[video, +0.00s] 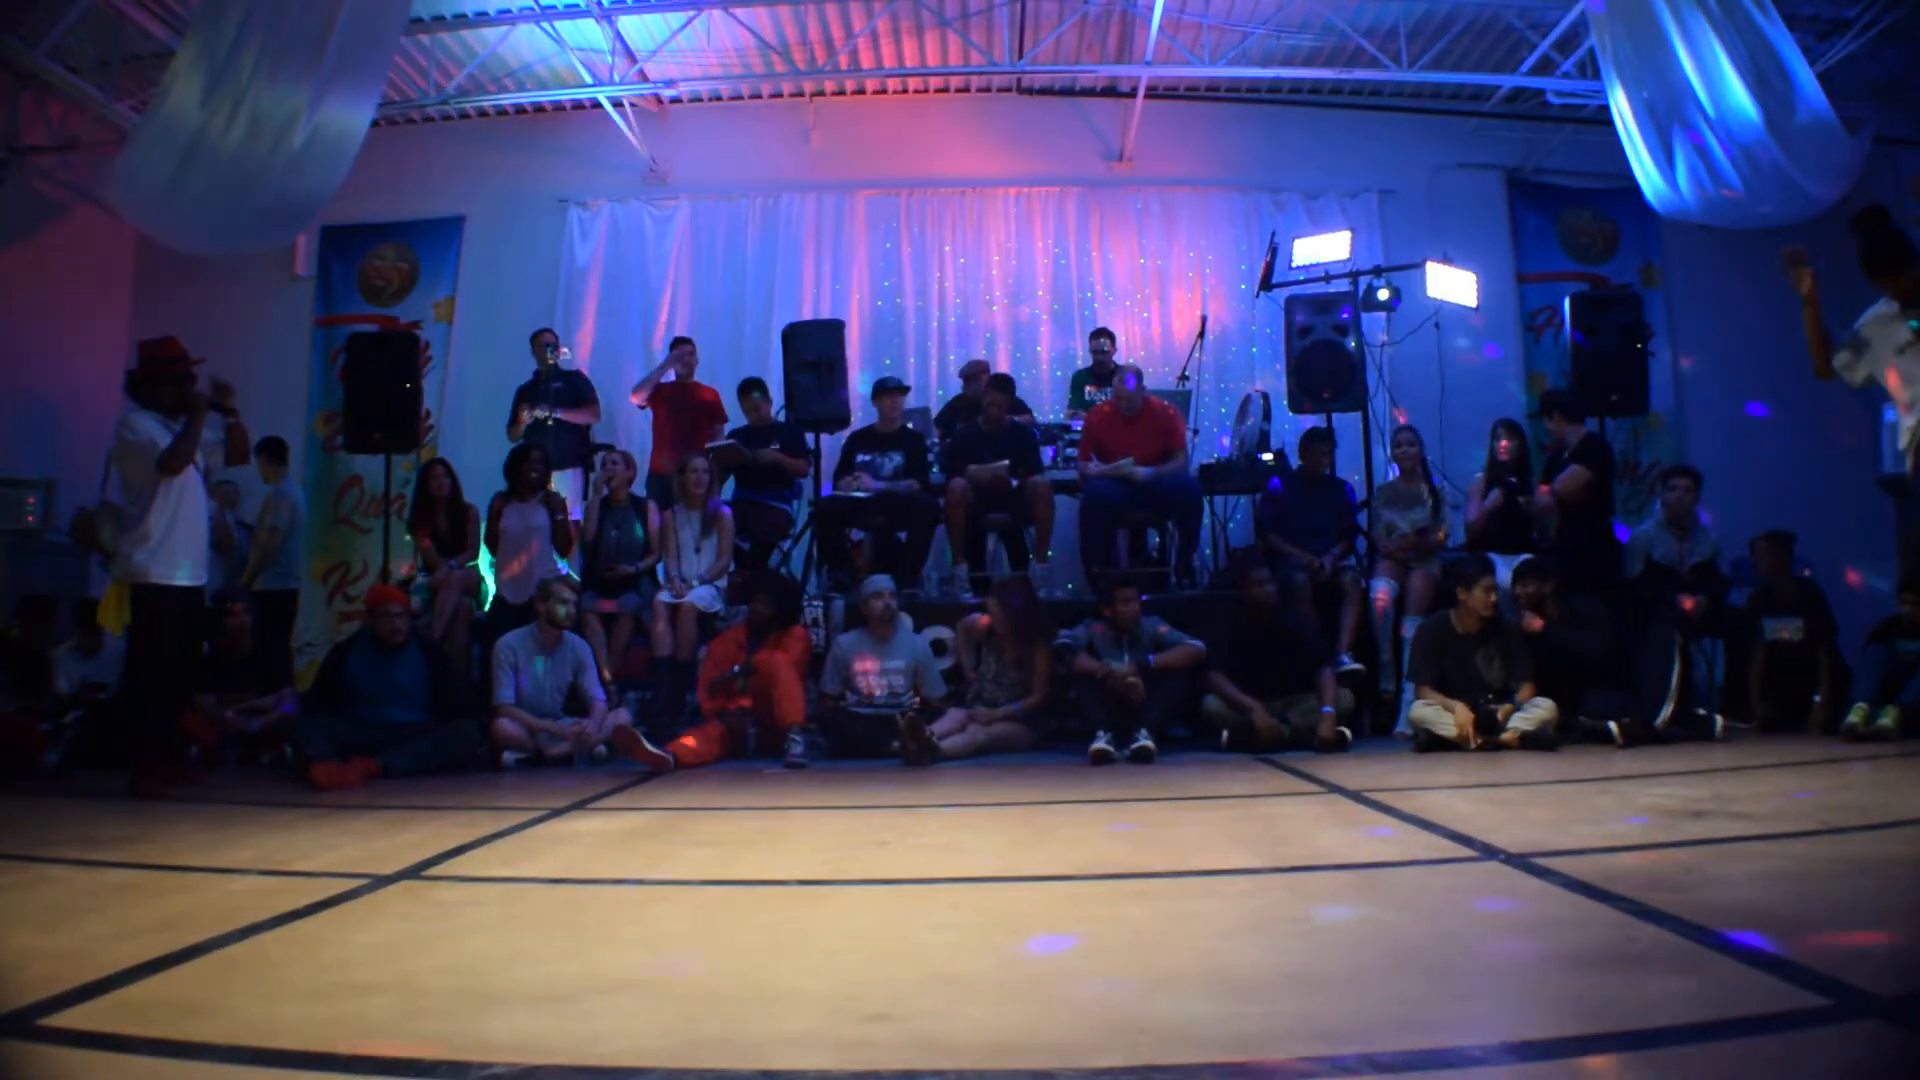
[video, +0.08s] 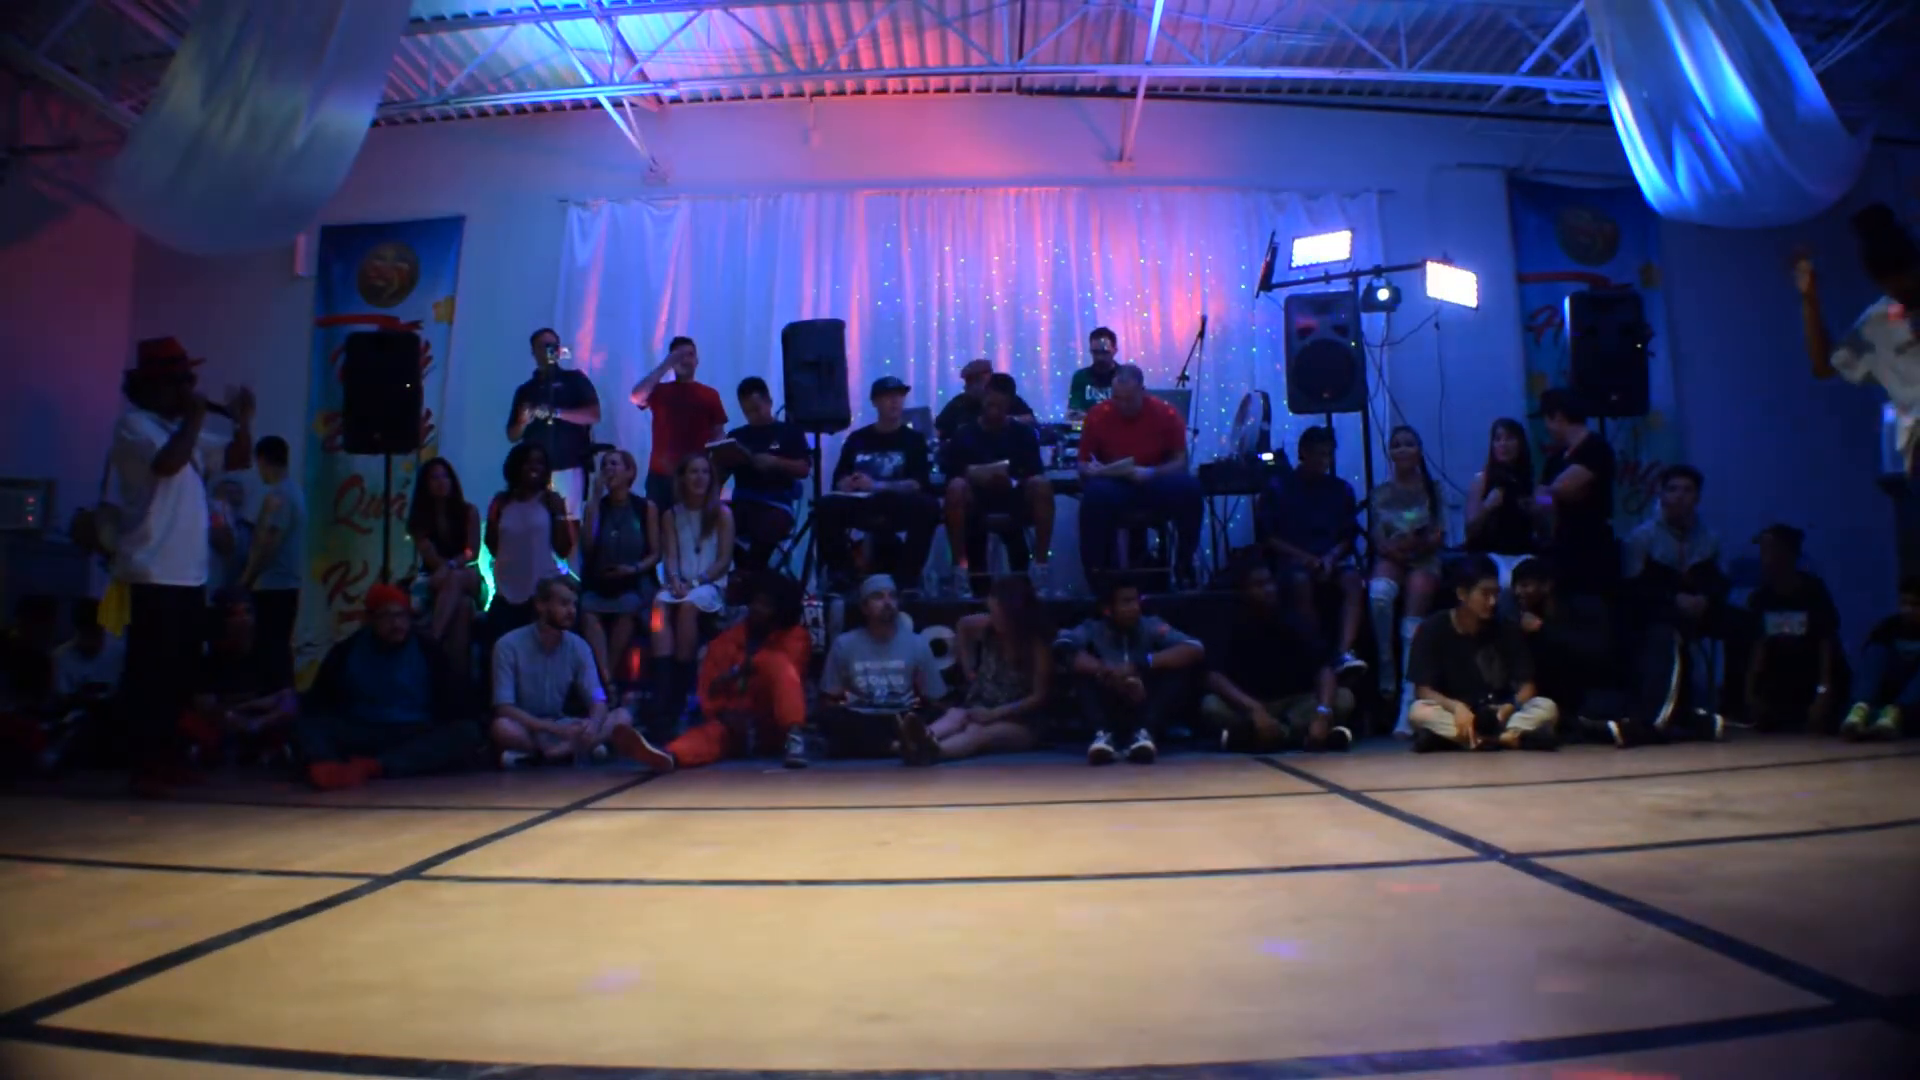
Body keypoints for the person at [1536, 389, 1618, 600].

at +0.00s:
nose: (1548, 429)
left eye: (1548, 422)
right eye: (1547, 422)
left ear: (1557, 419)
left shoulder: (1595, 447)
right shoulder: (1558, 456)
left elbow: (1563, 487)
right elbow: (1541, 498)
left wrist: (1546, 490)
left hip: (1594, 545)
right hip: (1566, 544)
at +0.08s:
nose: (1548, 428)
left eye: (1549, 421)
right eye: (1547, 421)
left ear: (1559, 418)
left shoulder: (1595, 449)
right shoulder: (1559, 455)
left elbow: (1562, 489)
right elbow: (1540, 498)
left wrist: (1541, 493)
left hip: (1592, 545)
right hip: (1565, 543)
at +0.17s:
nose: (1548, 428)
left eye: (1548, 421)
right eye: (1546, 421)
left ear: (1559, 418)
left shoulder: (1596, 449)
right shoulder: (1559, 454)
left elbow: (1561, 489)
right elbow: (1540, 495)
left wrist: (1541, 492)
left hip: (1591, 544)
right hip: (1564, 542)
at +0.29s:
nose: (1547, 427)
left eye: (1548, 420)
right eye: (1546, 421)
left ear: (1559, 418)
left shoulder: (1595, 449)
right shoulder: (1559, 455)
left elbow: (1562, 489)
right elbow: (1537, 497)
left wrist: (1539, 492)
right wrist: (1548, 499)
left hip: (1591, 546)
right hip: (1564, 544)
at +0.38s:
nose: (1548, 427)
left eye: (1548, 420)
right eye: (1546, 421)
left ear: (1559, 418)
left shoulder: (1595, 448)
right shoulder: (1558, 454)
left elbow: (1563, 488)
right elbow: (1537, 496)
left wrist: (1539, 492)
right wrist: (1549, 499)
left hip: (1592, 544)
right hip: (1564, 543)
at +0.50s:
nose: (1548, 427)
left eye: (1548, 420)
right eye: (1546, 421)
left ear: (1559, 418)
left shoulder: (1595, 447)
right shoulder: (1558, 455)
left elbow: (1565, 487)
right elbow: (1538, 497)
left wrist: (1540, 492)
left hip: (1592, 543)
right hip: (1564, 542)